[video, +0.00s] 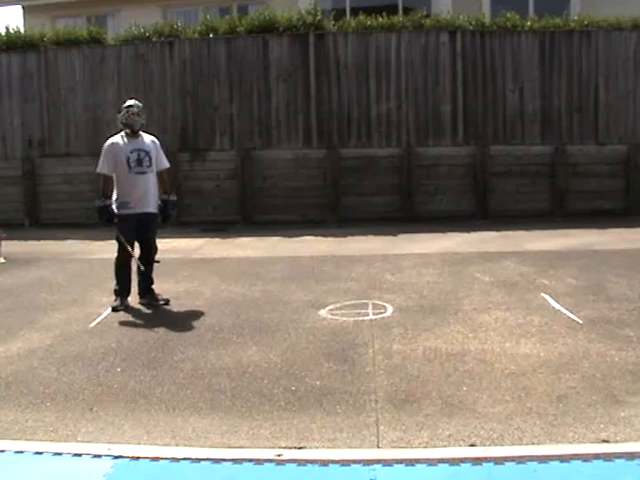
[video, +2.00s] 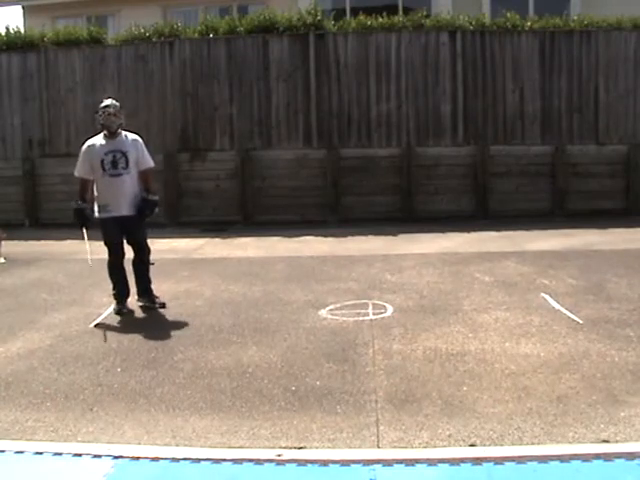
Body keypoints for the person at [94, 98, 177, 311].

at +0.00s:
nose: (133, 119)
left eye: (137, 114)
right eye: (129, 115)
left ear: (142, 118)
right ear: (122, 118)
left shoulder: (152, 142)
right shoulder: (113, 145)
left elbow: (162, 172)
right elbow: (107, 176)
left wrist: (167, 196)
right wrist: (105, 201)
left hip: (149, 206)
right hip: (125, 207)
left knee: (149, 252)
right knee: (125, 252)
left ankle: (147, 291)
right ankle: (121, 295)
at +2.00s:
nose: (110, 119)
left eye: (114, 114)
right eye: (106, 115)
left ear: (121, 117)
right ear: (99, 118)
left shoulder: (134, 142)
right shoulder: (90, 148)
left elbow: (146, 171)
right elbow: (85, 180)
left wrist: (150, 195)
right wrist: (82, 207)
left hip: (133, 210)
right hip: (107, 212)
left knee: (142, 252)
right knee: (115, 257)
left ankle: (146, 293)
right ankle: (120, 298)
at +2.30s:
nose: (110, 121)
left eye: (114, 116)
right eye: (106, 116)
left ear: (120, 118)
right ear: (98, 119)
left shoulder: (132, 141)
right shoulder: (89, 148)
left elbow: (145, 170)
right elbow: (85, 180)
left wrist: (151, 194)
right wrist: (85, 206)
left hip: (133, 209)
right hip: (107, 212)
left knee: (143, 250)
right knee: (115, 257)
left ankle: (146, 292)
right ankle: (121, 298)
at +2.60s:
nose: (113, 120)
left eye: (116, 116)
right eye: (108, 116)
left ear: (121, 118)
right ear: (98, 119)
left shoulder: (130, 143)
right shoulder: (88, 148)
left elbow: (142, 173)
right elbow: (84, 181)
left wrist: (150, 197)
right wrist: (86, 208)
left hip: (131, 210)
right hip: (106, 213)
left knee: (143, 251)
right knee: (114, 258)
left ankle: (147, 291)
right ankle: (120, 298)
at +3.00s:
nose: (111, 121)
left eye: (114, 116)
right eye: (106, 117)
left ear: (119, 118)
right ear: (97, 120)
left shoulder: (129, 143)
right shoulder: (87, 149)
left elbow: (141, 173)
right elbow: (83, 182)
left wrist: (149, 197)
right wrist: (83, 209)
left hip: (130, 210)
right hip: (105, 213)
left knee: (139, 252)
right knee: (114, 258)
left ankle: (144, 291)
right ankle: (120, 298)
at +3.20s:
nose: (110, 125)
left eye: (113, 120)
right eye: (105, 120)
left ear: (118, 120)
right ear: (97, 122)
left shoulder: (131, 144)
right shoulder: (88, 149)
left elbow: (142, 173)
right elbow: (84, 180)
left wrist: (148, 198)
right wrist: (85, 204)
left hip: (131, 209)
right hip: (105, 213)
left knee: (139, 250)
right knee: (114, 256)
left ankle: (136, 281)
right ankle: (120, 298)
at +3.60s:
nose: (118, 133)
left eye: (121, 128)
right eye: (114, 129)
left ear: (125, 126)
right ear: (106, 128)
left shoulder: (135, 143)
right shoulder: (94, 149)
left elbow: (145, 172)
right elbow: (89, 182)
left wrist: (148, 196)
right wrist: (90, 200)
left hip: (134, 209)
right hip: (110, 212)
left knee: (141, 248)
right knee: (118, 254)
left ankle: (133, 282)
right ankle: (120, 298)